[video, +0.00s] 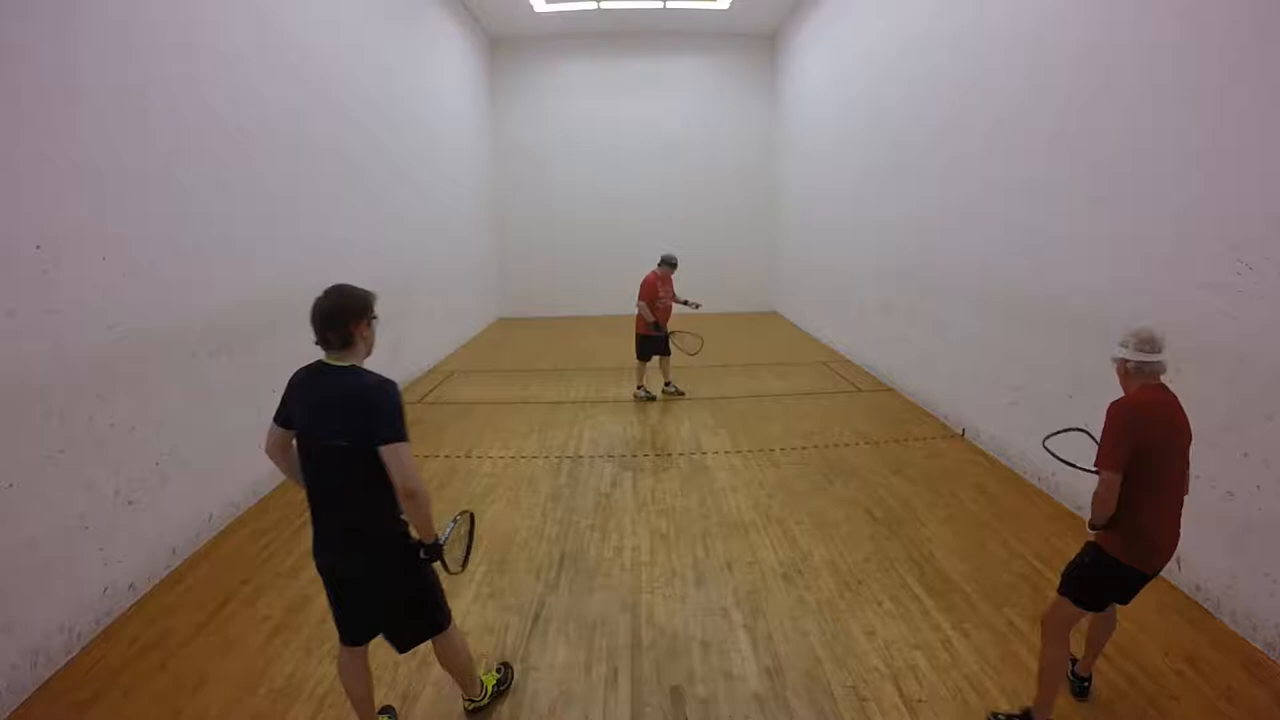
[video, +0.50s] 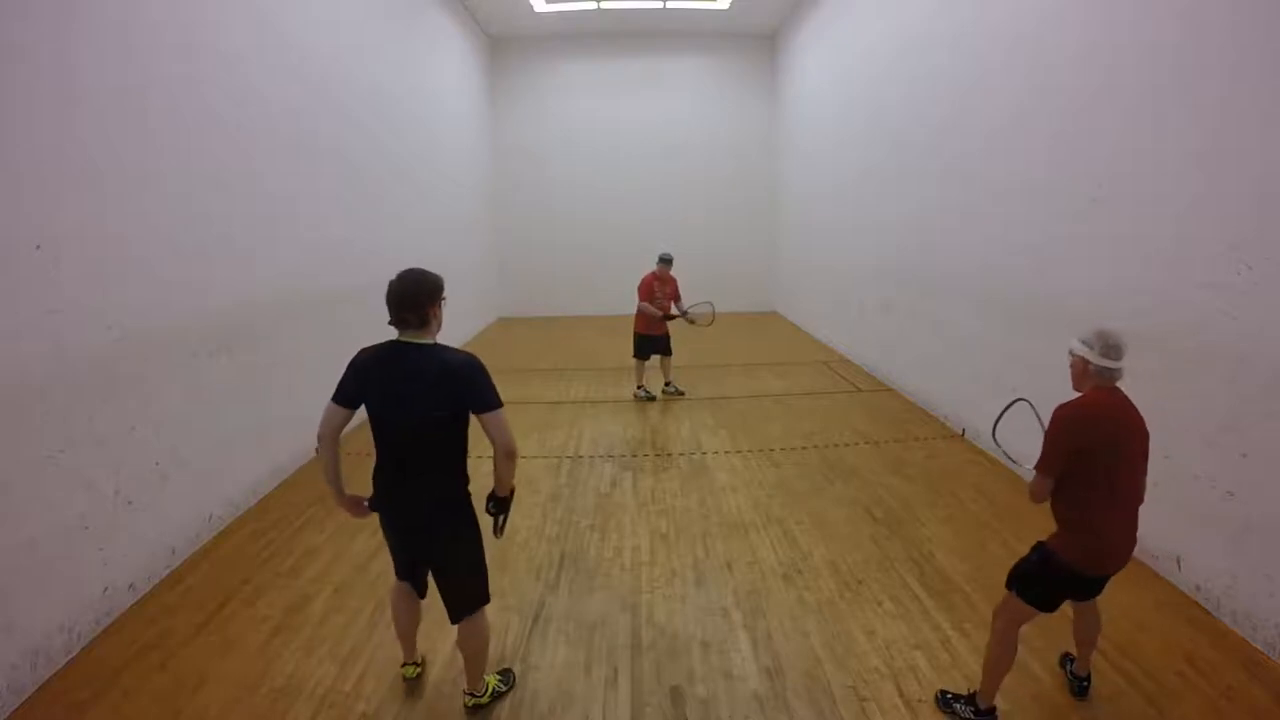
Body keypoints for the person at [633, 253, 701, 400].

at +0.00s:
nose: (673, 272)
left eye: (674, 269)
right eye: (671, 268)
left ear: (673, 268)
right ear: (663, 266)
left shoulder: (668, 279)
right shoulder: (650, 280)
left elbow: (672, 297)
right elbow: (641, 304)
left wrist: (688, 303)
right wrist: (653, 321)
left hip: (661, 325)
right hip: (645, 327)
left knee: (665, 355)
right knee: (643, 359)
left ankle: (668, 385)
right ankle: (639, 388)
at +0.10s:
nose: (669, 271)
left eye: (671, 268)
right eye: (667, 267)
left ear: (672, 268)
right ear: (659, 265)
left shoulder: (668, 280)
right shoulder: (649, 280)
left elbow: (674, 297)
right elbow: (640, 304)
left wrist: (689, 305)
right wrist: (653, 321)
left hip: (661, 325)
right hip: (645, 327)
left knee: (665, 355)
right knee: (643, 359)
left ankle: (668, 385)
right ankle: (639, 388)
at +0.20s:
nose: (665, 270)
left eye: (667, 267)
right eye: (662, 266)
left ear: (670, 267)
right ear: (656, 264)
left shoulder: (668, 279)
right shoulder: (647, 280)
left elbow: (675, 298)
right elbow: (640, 304)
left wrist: (691, 309)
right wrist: (656, 320)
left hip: (661, 326)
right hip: (644, 327)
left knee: (665, 355)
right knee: (642, 359)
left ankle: (668, 385)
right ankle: (639, 388)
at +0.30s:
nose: (662, 269)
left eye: (665, 266)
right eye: (660, 265)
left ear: (669, 266)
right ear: (655, 264)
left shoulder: (669, 280)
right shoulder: (646, 281)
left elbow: (675, 299)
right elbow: (640, 304)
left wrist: (685, 311)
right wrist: (655, 316)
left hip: (661, 327)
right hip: (644, 328)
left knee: (666, 355)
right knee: (641, 359)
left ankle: (668, 385)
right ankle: (639, 388)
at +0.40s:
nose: (663, 268)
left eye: (667, 265)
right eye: (661, 265)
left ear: (670, 266)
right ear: (656, 264)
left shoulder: (670, 281)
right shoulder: (647, 280)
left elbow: (675, 301)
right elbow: (640, 304)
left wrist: (685, 315)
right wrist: (657, 314)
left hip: (661, 327)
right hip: (644, 327)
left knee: (666, 354)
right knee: (641, 358)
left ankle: (668, 384)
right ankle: (639, 387)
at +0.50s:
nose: (665, 269)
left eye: (668, 266)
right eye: (663, 266)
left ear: (671, 267)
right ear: (657, 265)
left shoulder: (672, 282)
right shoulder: (647, 281)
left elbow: (677, 301)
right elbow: (642, 304)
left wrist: (686, 315)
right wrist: (659, 314)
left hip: (661, 327)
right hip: (644, 327)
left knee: (666, 354)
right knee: (641, 358)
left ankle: (668, 385)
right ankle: (639, 388)